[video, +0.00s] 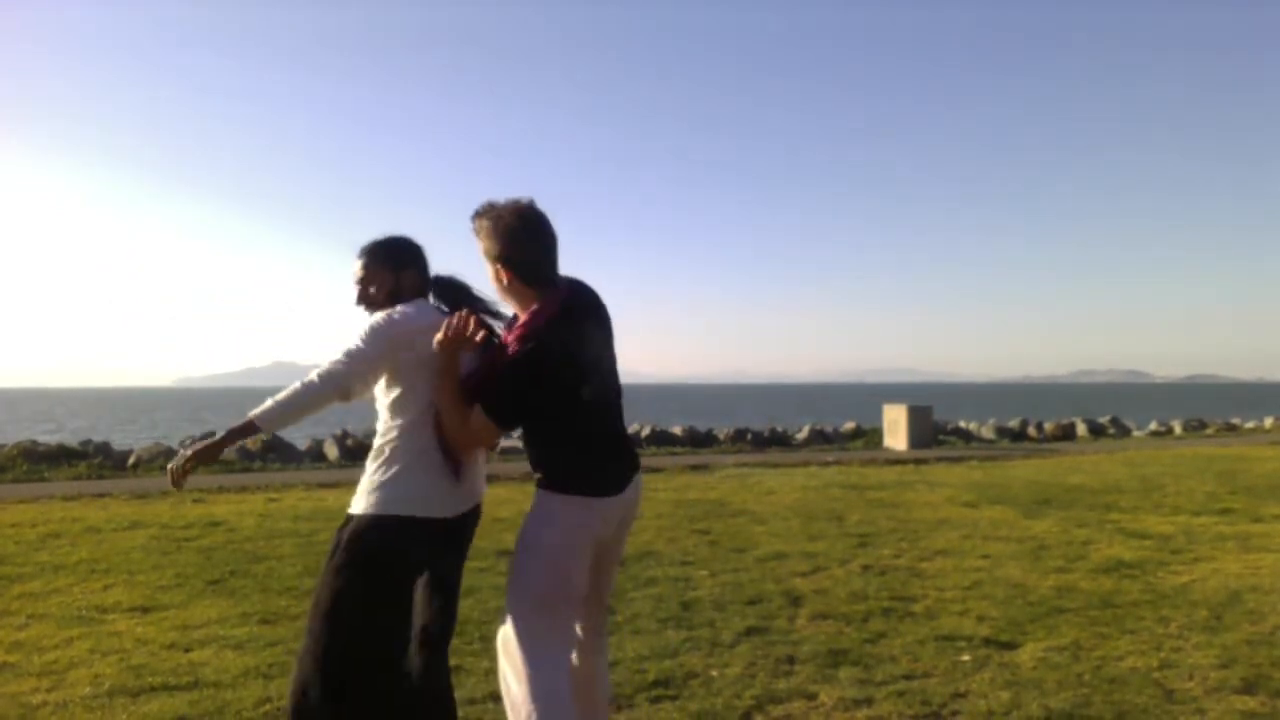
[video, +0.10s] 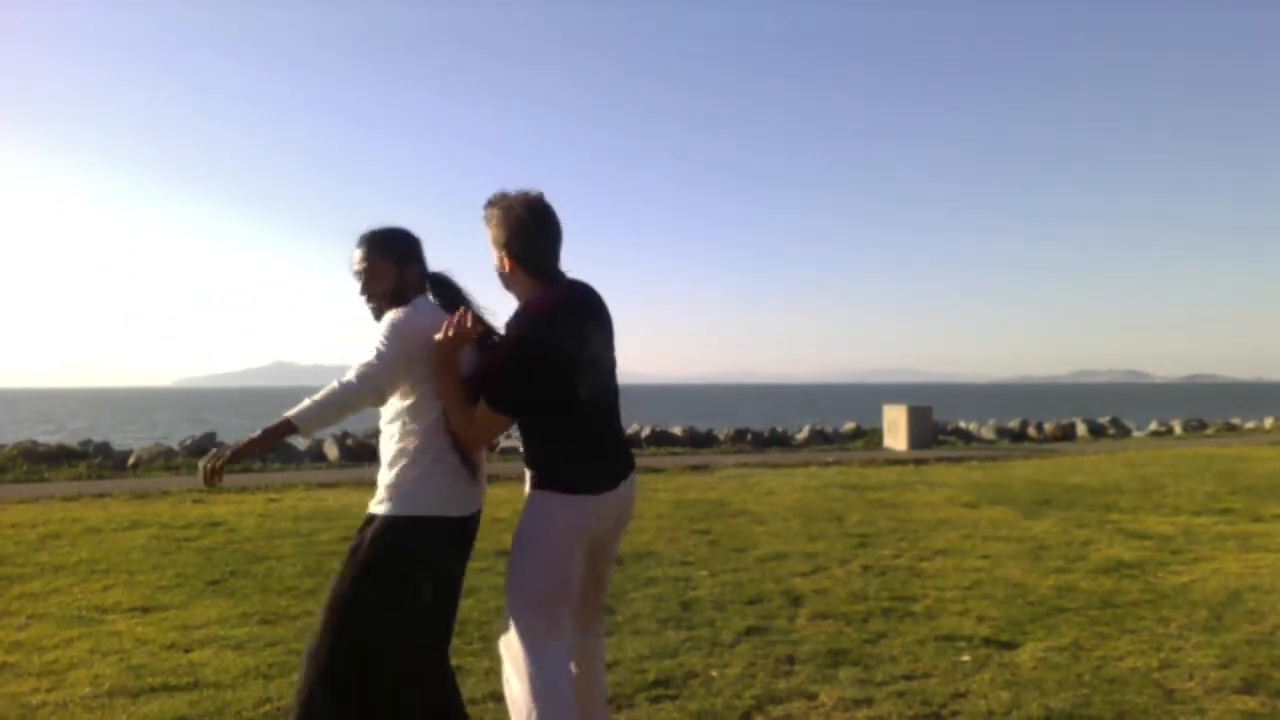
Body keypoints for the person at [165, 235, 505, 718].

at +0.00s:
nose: (359, 295)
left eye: (367, 281)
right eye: (359, 282)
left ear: (403, 277)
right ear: (415, 281)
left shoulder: (399, 323)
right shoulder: (466, 325)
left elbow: (325, 384)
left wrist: (224, 439)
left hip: (394, 506)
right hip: (459, 504)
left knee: (333, 645)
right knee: (423, 646)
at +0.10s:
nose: (360, 285)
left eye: (368, 272)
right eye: (358, 274)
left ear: (405, 269)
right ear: (409, 275)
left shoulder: (408, 323)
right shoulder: (456, 322)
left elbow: (357, 390)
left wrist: (254, 443)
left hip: (409, 513)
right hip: (453, 511)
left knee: (339, 654)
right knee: (423, 656)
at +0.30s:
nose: (383, 286)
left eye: (394, 272)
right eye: (372, 275)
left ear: (421, 272)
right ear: (363, 279)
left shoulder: (429, 327)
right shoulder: (401, 334)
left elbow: (432, 404)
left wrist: (343, 444)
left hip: (444, 510)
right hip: (423, 508)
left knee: (367, 654)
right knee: (426, 654)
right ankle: (442, 719)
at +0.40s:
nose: (390, 285)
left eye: (402, 274)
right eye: (379, 274)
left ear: (423, 276)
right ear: (366, 279)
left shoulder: (433, 333)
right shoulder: (388, 341)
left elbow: (461, 413)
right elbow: (418, 420)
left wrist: (391, 444)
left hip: (448, 508)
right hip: (413, 510)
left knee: (386, 648)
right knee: (411, 651)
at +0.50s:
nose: (407, 285)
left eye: (417, 273)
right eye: (393, 274)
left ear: (431, 276)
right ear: (372, 279)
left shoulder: (443, 335)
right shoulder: (356, 332)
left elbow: (484, 422)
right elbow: (346, 403)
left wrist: (446, 441)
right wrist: (332, 458)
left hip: (446, 518)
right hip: (391, 518)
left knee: (417, 641)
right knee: (364, 639)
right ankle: (362, 714)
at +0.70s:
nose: (449, 296)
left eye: (449, 283)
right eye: (440, 282)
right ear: (395, 280)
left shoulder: (447, 345)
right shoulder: (329, 325)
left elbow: (483, 419)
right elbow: (238, 356)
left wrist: (512, 438)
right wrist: (219, 452)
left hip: (429, 519)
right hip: (353, 528)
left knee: (431, 651)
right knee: (354, 681)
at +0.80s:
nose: (454, 292)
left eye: (453, 279)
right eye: (444, 278)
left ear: (399, 281)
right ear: (397, 278)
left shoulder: (437, 344)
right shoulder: (327, 324)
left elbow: (472, 412)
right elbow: (226, 359)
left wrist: (522, 431)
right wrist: (178, 455)